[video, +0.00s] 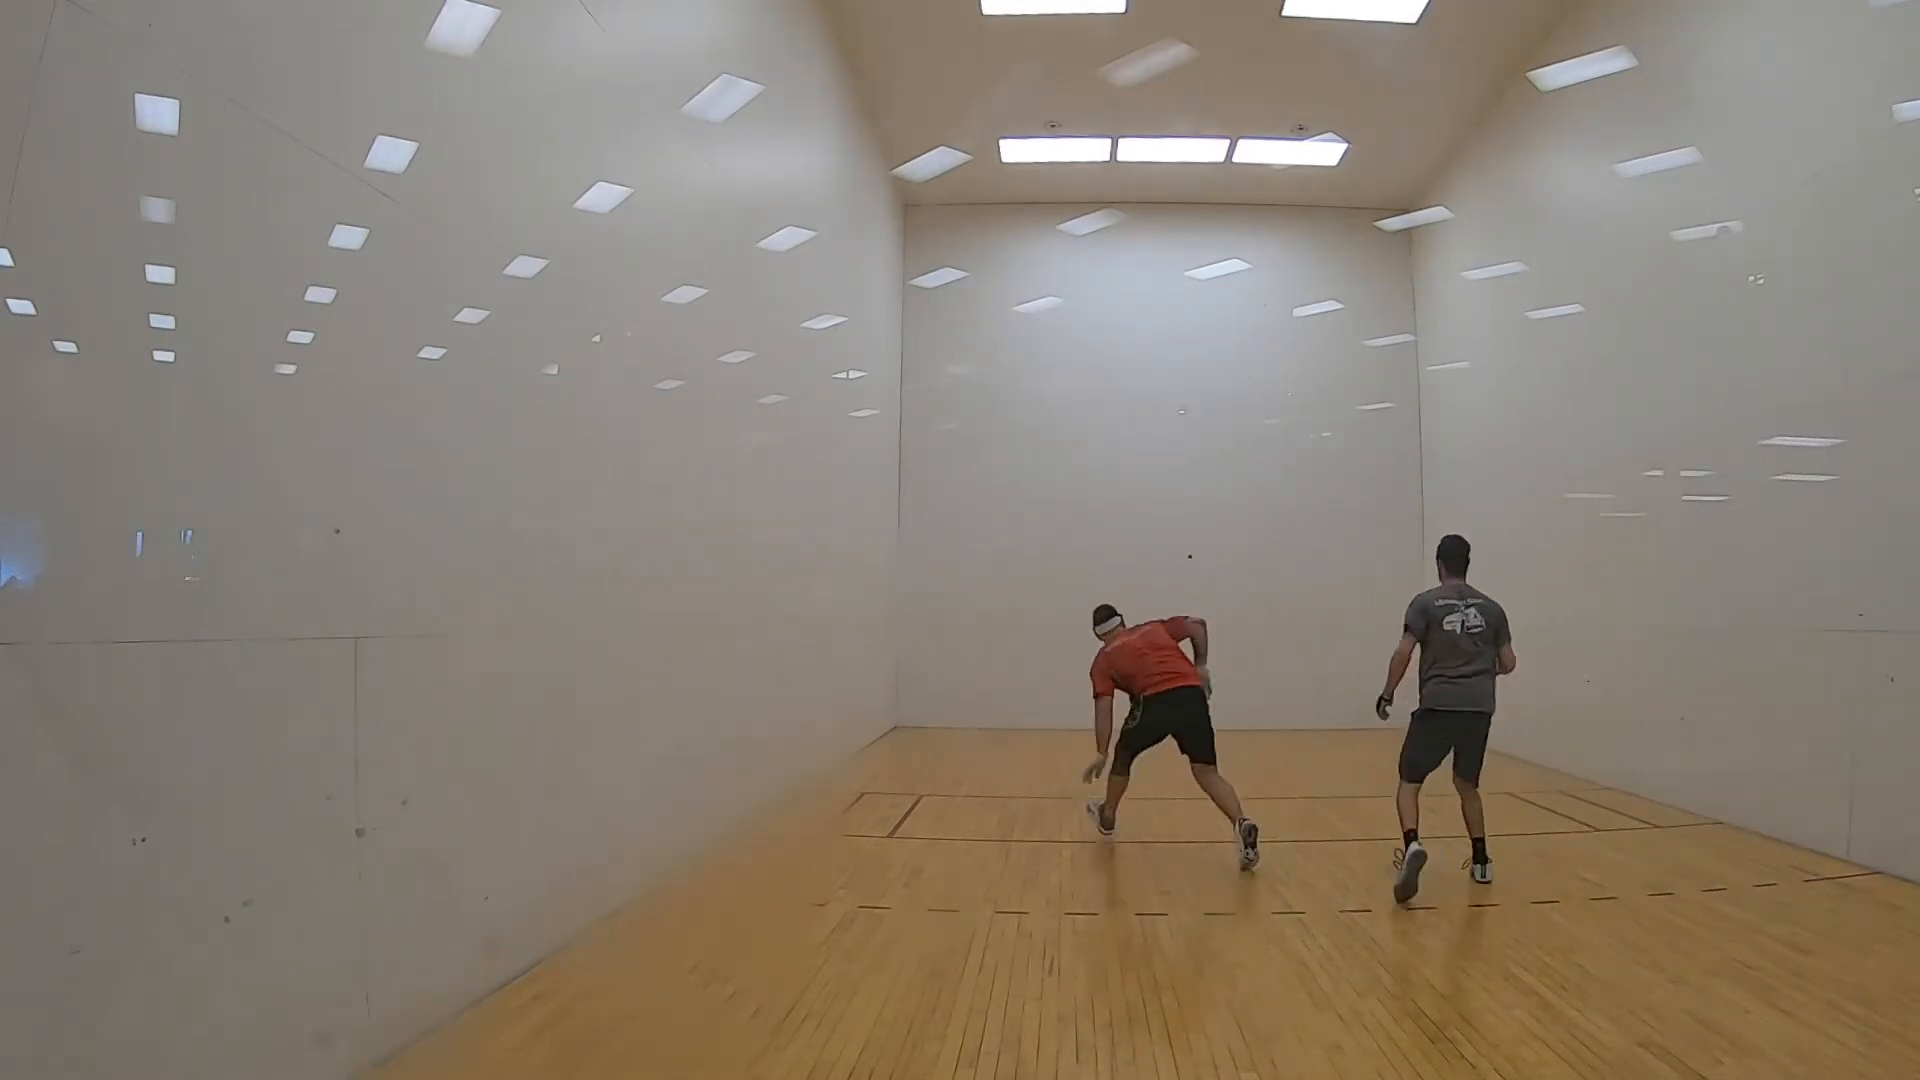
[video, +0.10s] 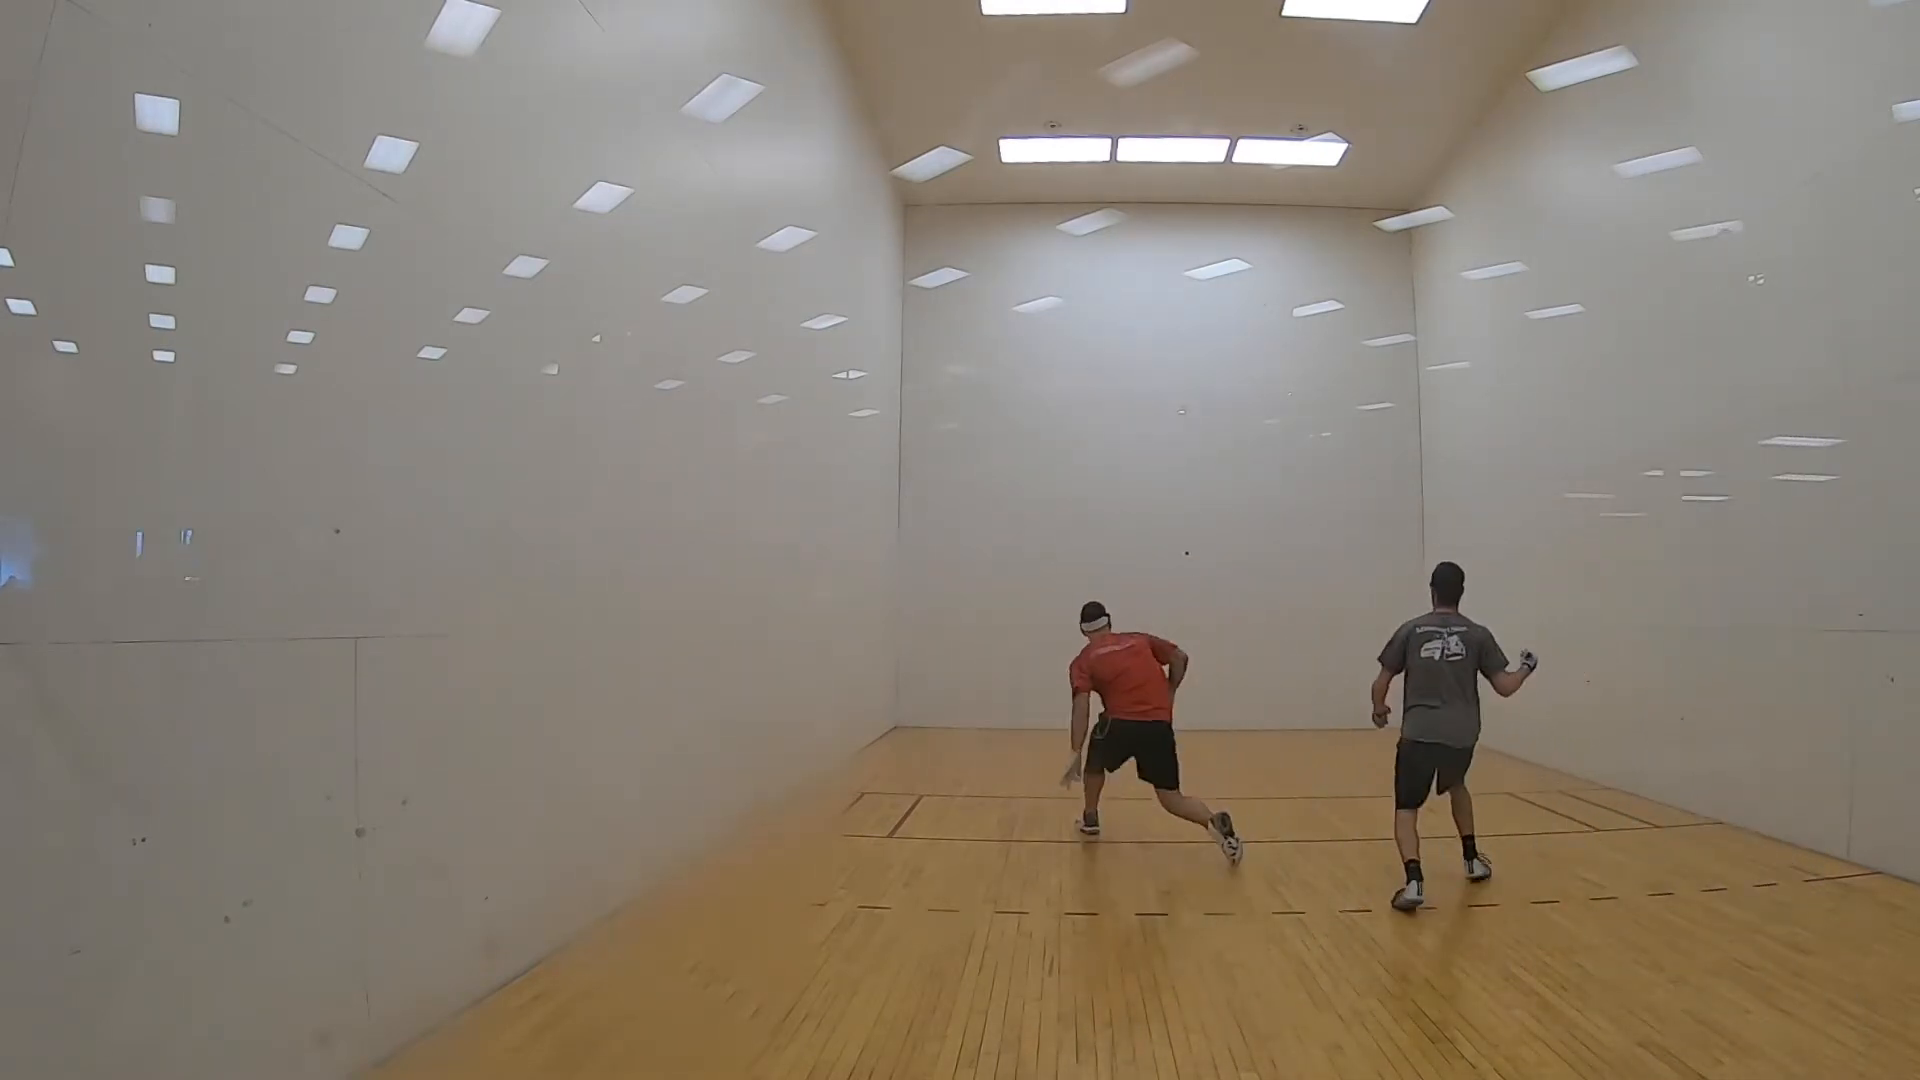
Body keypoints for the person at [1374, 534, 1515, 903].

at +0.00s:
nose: (1439, 569)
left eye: (1438, 564)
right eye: (1449, 562)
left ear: (1438, 564)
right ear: (1468, 564)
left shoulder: (1424, 603)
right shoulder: (1491, 608)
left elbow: (1404, 651)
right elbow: (1507, 664)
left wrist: (1388, 693)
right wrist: (1476, 664)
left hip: (1436, 709)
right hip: (1478, 712)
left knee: (1409, 782)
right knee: (1466, 782)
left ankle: (1411, 846)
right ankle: (1481, 862)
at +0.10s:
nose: (1439, 593)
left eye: (1436, 587)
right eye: (1454, 588)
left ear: (1431, 591)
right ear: (1463, 592)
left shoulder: (1411, 631)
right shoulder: (1478, 635)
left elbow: (1381, 681)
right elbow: (1505, 686)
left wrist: (1379, 709)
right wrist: (1526, 666)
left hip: (1417, 736)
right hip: (1462, 737)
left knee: (1406, 809)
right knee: (1457, 786)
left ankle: (1413, 884)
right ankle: (1471, 859)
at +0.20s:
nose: (1434, 601)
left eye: (1431, 595)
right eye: (1450, 597)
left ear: (1428, 600)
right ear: (1459, 602)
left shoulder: (1402, 636)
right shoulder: (1468, 641)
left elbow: (1383, 690)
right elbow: (1503, 685)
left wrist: (1414, 692)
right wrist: (1546, 674)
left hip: (1404, 741)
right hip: (1448, 741)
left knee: (1405, 814)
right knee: (1455, 773)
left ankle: (1415, 885)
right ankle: (1462, 845)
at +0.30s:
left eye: (1438, 594)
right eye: (1458, 598)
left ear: (1433, 598)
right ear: (1462, 602)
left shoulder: (1410, 628)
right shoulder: (1464, 637)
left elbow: (1397, 664)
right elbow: (1500, 677)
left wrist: (1447, 675)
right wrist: (1551, 677)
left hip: (1391, 721)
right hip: (1435, 720)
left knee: (1394, 795)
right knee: (1457, 772)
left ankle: (1399, 849)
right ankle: (1452, 853)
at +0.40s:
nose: (1457, 609)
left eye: (1447, 604)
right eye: (1461, 606)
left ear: (1435, 606)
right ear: (1462, 610)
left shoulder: (1412, 632)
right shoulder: (1457, 641)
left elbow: (1403, 674)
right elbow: (1493, 676)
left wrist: (1433, 696)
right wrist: (1542, 682)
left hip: (1381, 717)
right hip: (1420, 718)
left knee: (1401, 793)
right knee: (1444, 780)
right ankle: (1450, 856)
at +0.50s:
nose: (1452, 620)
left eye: (1445, 612)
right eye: (1454, 615)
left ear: (1428, 613)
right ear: (1455, 618)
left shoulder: (1406, 637)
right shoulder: (1449, 645)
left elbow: (1375, 669)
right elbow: (1473, 676)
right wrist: (1518, 689)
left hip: (1369, 713)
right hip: (1404, 716)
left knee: (1393, 768)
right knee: (1435, 782)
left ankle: (1335, 813)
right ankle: (1449, 854)